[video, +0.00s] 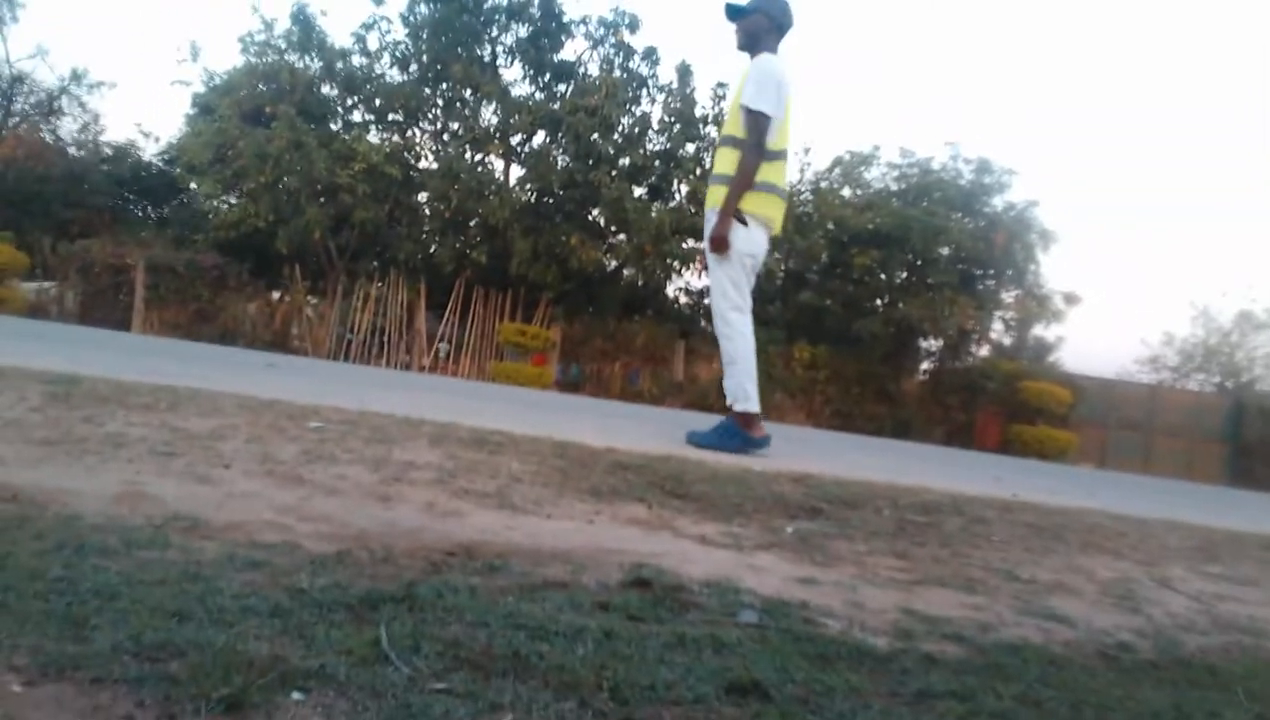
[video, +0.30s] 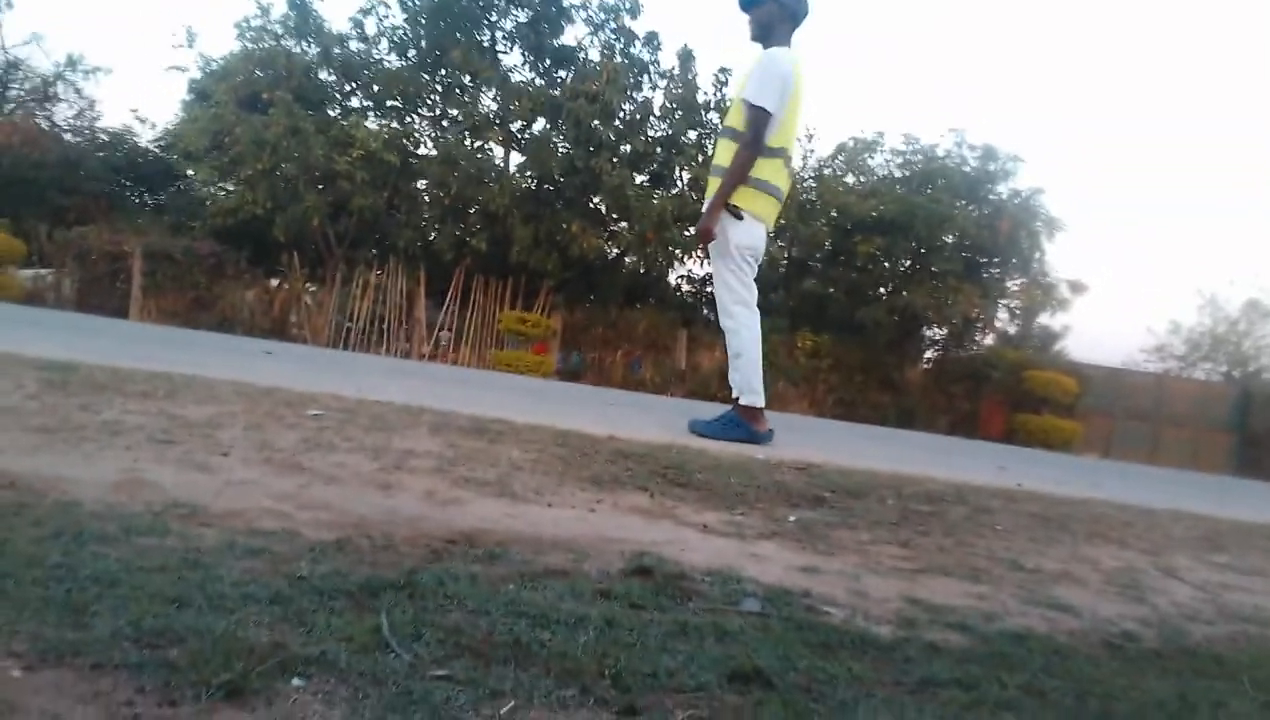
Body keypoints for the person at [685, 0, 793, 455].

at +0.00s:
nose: (736, 26)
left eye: (743, 18)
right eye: (737, 19)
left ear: (767, 23)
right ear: (767, 26)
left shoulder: (765, 69)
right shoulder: (761, 72)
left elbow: (755, 148)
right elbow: (743, 154)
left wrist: (725, 217)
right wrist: (715, 231)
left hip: (740, 220)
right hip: (738, 220)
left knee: (732, 316)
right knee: (731, 316)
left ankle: (746, 419)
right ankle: (742, 416)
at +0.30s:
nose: (748, 16)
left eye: (755, 8)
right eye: (750, 9)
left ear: (779, 12)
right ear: (788, 19)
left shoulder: (774, 62)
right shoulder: (782, 65)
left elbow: (752, 143)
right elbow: (759, 147)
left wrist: (715, 208)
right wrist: (719, 209)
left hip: (740, 213)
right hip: (745, 214)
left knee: (738, 309)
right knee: (738, 308)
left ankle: (750, 413)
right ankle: (747, 409)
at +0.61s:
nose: (787, 7)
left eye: (788, 4)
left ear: (794, 1)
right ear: (821, 4)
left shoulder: (804, 27)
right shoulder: (822, 42)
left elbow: (785, 110)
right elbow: (807, 127)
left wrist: (748, 178)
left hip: (764, 190)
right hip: (777, 193)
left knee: (750, 279)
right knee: (751, 279)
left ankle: (773, 385)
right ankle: (769, 380)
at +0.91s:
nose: (805, 45)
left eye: (813, 37)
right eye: (807, 37)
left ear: (834, 43)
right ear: (838, 46)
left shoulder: (829, 90)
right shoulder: (832, 93)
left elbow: (815, 169)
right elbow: (816, 173)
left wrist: (777, 235)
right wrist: (776, 235)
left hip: (793, 238)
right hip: (796, 239)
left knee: (774, 332)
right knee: (774, 332)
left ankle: (788, 442)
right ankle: (784, 436)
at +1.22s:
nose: (812, 58)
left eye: (821, 50)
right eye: (814, 50)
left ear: (846, 58)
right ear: (833, 59)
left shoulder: (846, 105)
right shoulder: (828, 110)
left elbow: (838, 182)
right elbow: (819, 186)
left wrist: (802, 250)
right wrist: (789, 243)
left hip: (814, 252)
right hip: (785, 245)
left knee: (796, 346)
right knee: (742, 325)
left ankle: (795, 455)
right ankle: (733, 435)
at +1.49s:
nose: (815, 53)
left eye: (825, 45)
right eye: (817, 46)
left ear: (850, 55)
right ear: (838, 56)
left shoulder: (859, 106)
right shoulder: (825, 115)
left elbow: (855, 184)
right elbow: (813, 186)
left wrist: (830, 254)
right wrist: (790, 244)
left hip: (822, 249)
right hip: (790, 246)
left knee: (808, 349)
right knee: (765, 336)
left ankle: (799, 457)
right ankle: (732, 433)